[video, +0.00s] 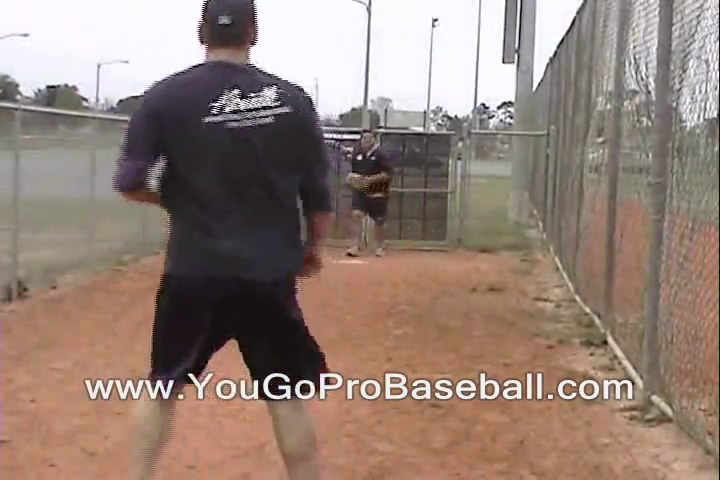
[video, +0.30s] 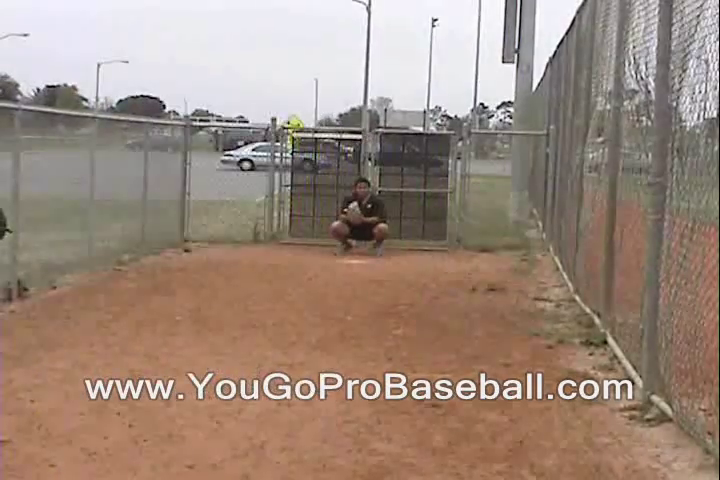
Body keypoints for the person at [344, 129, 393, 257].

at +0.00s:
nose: (364, 141)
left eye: (368, 139)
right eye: (363, 138)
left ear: (374, 141)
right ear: (360, 140)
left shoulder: (380, 155)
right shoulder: (356, 155)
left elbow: (387, 173)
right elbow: (354, 173)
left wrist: (369, 180)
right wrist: (353, 179)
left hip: (377, 194)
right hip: (360, 192)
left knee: (379, 222)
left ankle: (380, 247)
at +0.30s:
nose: (362, 191)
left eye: (364, 188)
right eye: (359, 188)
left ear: (368, 189)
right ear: (355, 189)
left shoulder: (376, 201)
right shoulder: (349, 200)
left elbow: (379, 218)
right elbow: (341, 215)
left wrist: (363, 219)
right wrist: (349, 218)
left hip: (369, 228)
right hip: (353, 227)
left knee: (382, 228)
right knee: (335, 227)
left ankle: (377, 245)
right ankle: (346, 245)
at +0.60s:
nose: (362, 189)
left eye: (365, 186)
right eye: (360, 186)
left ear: (368, 188)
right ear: (355, 188)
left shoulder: (376, 200)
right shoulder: (348, 199)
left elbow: (381, 219)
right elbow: (340, 214)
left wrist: (363, 219)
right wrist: (348, 217)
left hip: (368, 227)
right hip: (352, 227)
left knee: (382, 229)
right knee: (335, 227)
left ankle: (377, 245)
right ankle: (346, 245)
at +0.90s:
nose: (362, 188)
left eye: (365, 185)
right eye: (360, 185)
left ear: (369, 187)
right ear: (355, 187)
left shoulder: (376, 200)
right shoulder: (348, 199)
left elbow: (381, 217)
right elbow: (339, 214)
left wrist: (365, 219)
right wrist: (346, 216)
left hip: (368, 227)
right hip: (351, 227)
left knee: (382, 229)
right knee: (335, 227)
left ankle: (377, 246)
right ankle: (345, 244)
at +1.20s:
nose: (362, 187)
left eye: (365, 184)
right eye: (360, 184)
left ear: (369, 186)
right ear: (355, 186)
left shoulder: (375, 200)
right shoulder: (348, 198)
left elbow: (379, 216)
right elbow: (338, 213)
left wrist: (366, 220)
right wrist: (346, 218)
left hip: (367, 226)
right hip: (351, 226)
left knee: (381, 230)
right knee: (335, 227)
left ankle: (377, 245)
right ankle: (345, 244)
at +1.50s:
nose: (362, 187)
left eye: (365, 184)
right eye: (360, 184)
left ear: (369, 186)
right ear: (355, 186)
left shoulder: (375, 200)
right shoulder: (348, 198)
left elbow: (380, 217)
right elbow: (338, 213)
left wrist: (366, 219)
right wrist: (347, 218)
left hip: (367, 227)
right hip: (351, 226)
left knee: (380, 230)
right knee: (334, 227)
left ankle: (376, 245)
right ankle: (345, 244)